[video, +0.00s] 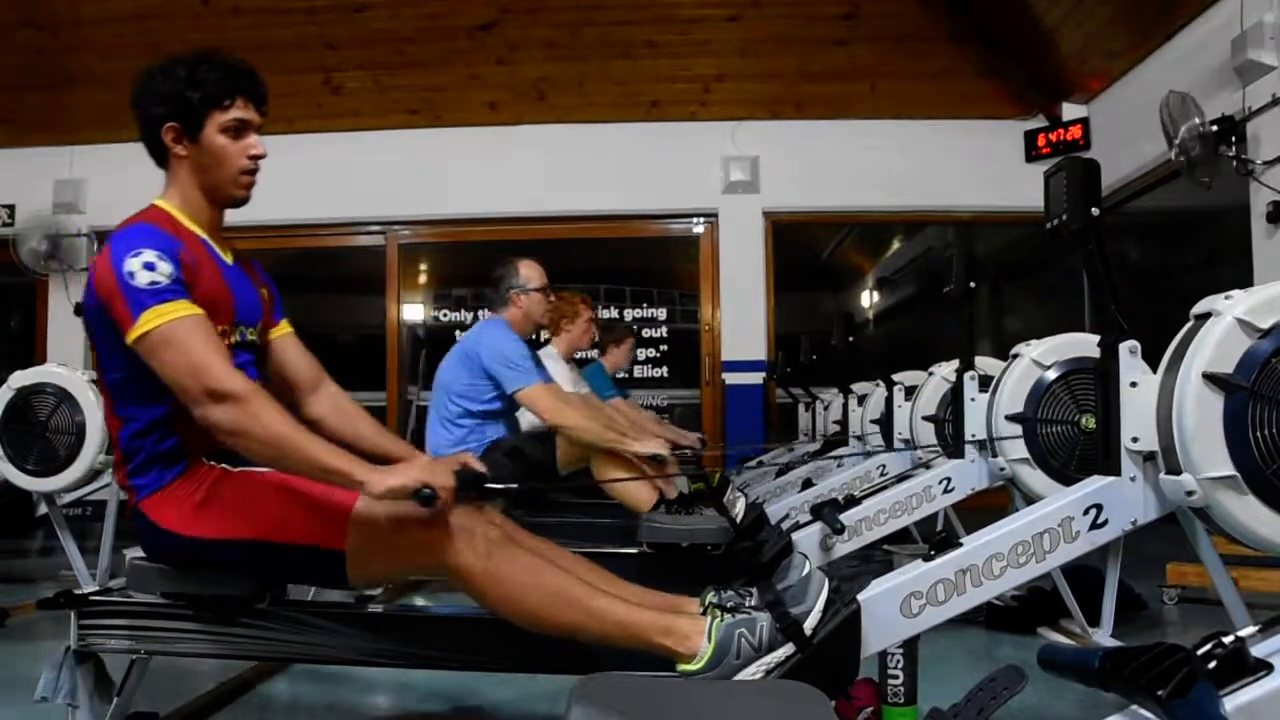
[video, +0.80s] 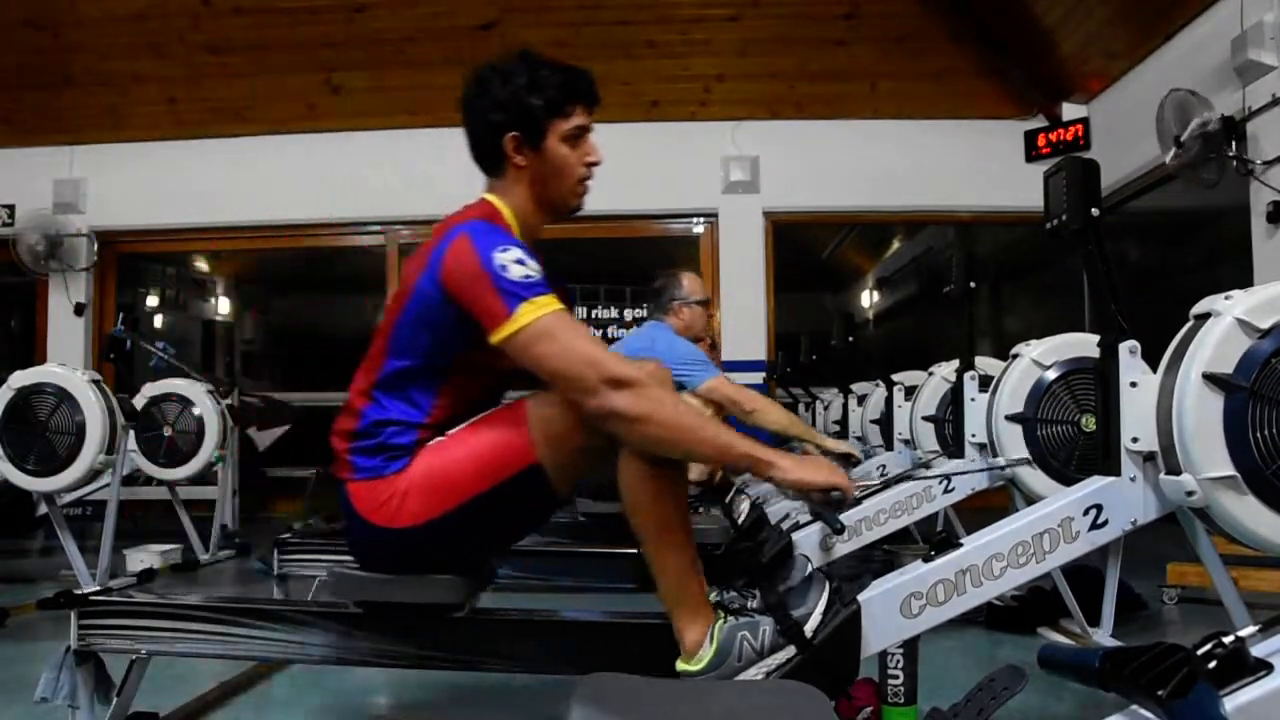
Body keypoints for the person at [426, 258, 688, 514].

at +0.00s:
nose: (552, 299)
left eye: (549, 291)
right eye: (544, 292)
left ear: (519, 299)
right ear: (517, 299)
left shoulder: (511, 341)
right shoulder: (495, 338)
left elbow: (572, 402)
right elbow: (554, 414)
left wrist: (634, 437)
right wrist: (633, 445)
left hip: (493, 453)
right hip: (470, 461)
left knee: (602, 433)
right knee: (591, 442)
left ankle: (669, 504)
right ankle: (661, 517)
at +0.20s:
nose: (596, 303)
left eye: (595, 294)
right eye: (588, 295)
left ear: (564, 302)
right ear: (563, 302)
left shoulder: (558, 341)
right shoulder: (546, 341)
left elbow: (622, 401)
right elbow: (614, 409)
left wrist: (681, 443)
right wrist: (688, 444)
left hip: (530, 446)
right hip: (509, 455)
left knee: (636, 420)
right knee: (622, 424)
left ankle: (683, 512)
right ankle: (676, 519)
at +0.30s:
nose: (622, 305)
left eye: (620, 297)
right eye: (614, 297)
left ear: (589, 305)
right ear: (588, 304)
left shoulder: (583, 341)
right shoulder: (571, 342)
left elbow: (649, 403)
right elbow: (640, 411)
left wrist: (721, 439)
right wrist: (715, 447)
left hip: (546, 445)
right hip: (527, 453)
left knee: (652, 415)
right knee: (636, 417)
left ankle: (686, 506)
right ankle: (677, 516)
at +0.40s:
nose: (646, 309)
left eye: (644, 300)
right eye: (639, 300)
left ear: (614, 307)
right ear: (614, 307)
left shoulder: (600, 341)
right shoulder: (596, 343)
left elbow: (667, 407)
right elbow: (666, 410)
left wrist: (739, 442)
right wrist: (740, 449)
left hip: (560, 444)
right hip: (548, 451)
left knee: (664, 413)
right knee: (655, 411)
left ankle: (680, 507)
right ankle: (679, 511)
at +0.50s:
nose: (669, 311)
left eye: (667, 302)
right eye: (662, 303)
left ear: (634, 311)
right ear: (636, 310)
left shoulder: (617, 342)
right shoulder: (619, 346)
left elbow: (691, 402)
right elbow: (691, 409)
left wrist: (759, 435)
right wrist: (764, 450)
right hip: (568, 445)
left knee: (679, 408)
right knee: (678, 410)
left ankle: (680, 503)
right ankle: (680, 507)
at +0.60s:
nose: (688, 312)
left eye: (686, 304)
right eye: (681, 305)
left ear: (653, 311)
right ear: (655, 311)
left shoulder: (631, 338)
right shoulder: (639, 344)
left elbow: (707, 401)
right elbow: (716, 409)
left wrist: (771, 430)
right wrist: (788, 448)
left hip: (580, 430)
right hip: (585, 437)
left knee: (692, 404)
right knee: (689, 411)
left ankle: (683, 500)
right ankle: (684, 503)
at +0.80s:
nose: (711, 313)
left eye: (709, 305)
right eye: (704, 306)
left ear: (676, 311)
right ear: (678, 311)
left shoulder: (654, 338)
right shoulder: (666, 342)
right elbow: (743, 403)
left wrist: (807, 441)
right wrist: (821, 441)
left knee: (701, 401)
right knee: (706, 402)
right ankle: (691, 494)